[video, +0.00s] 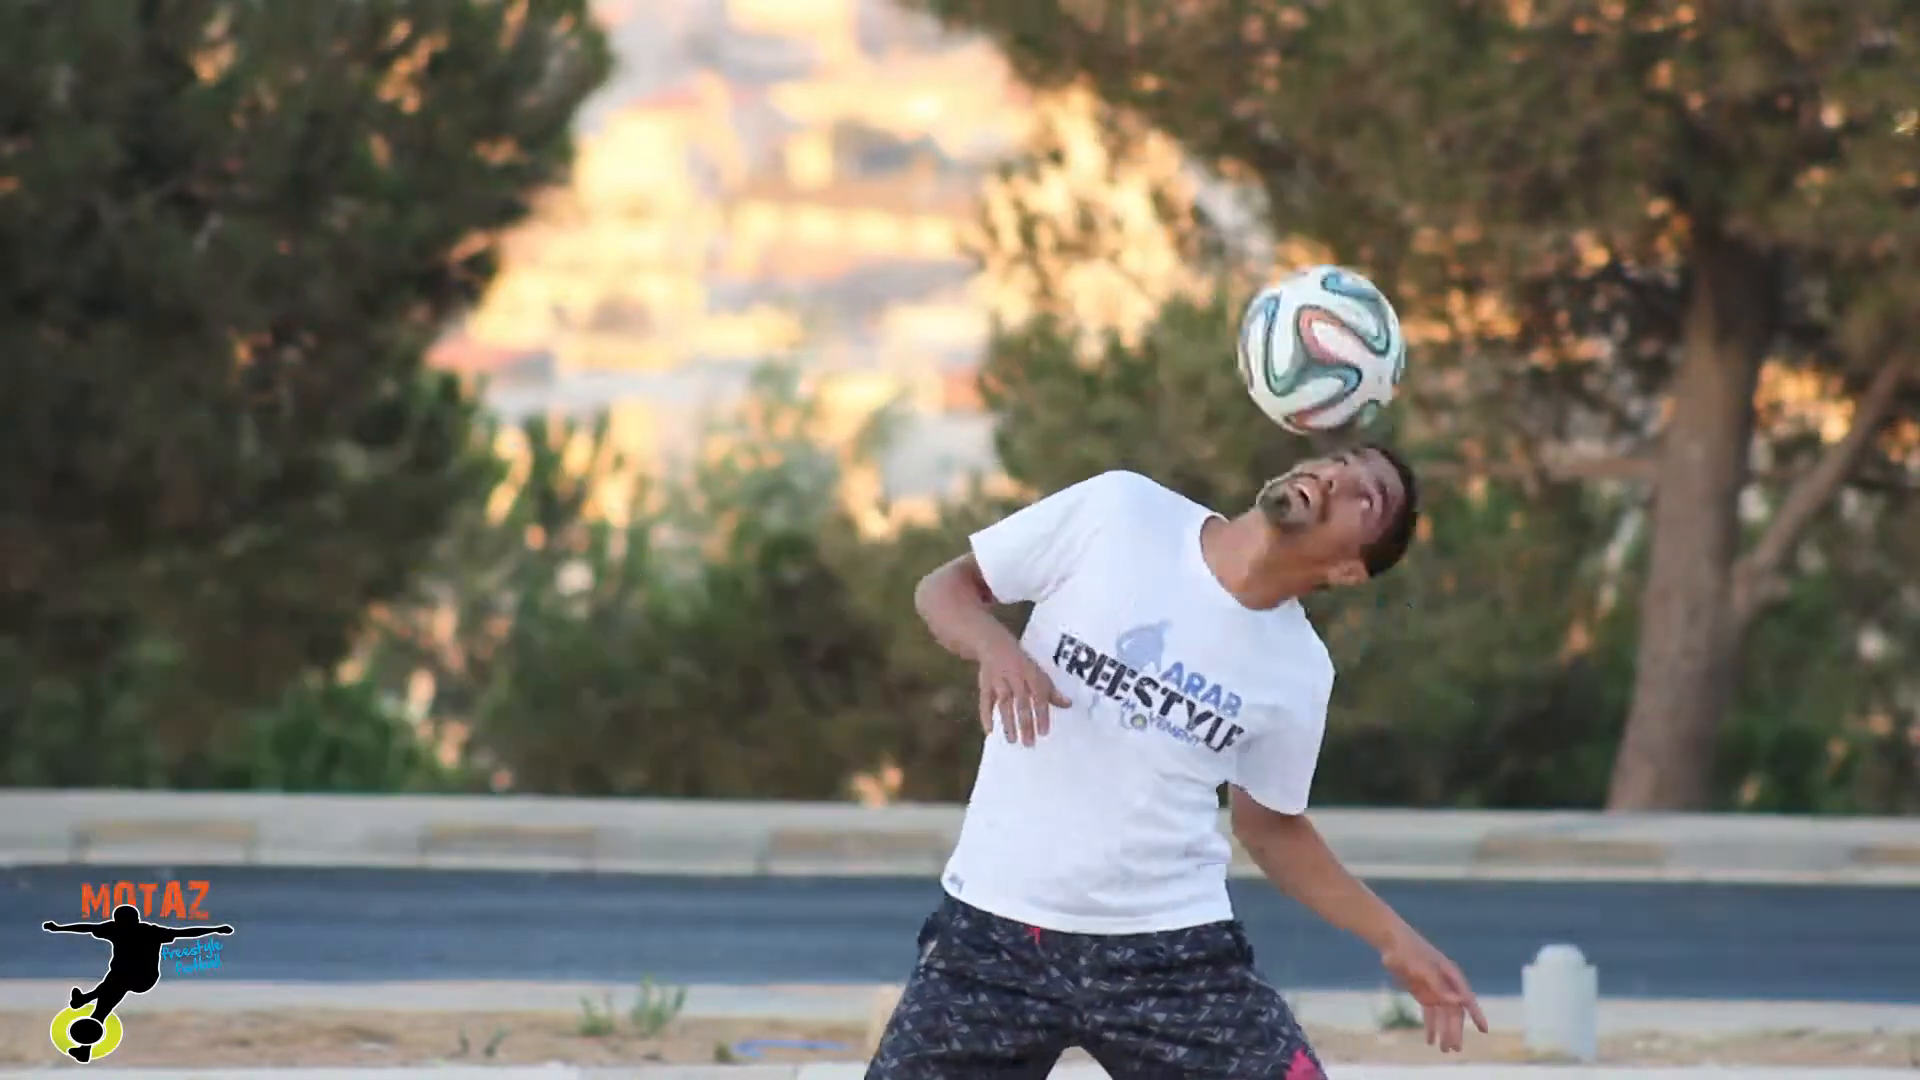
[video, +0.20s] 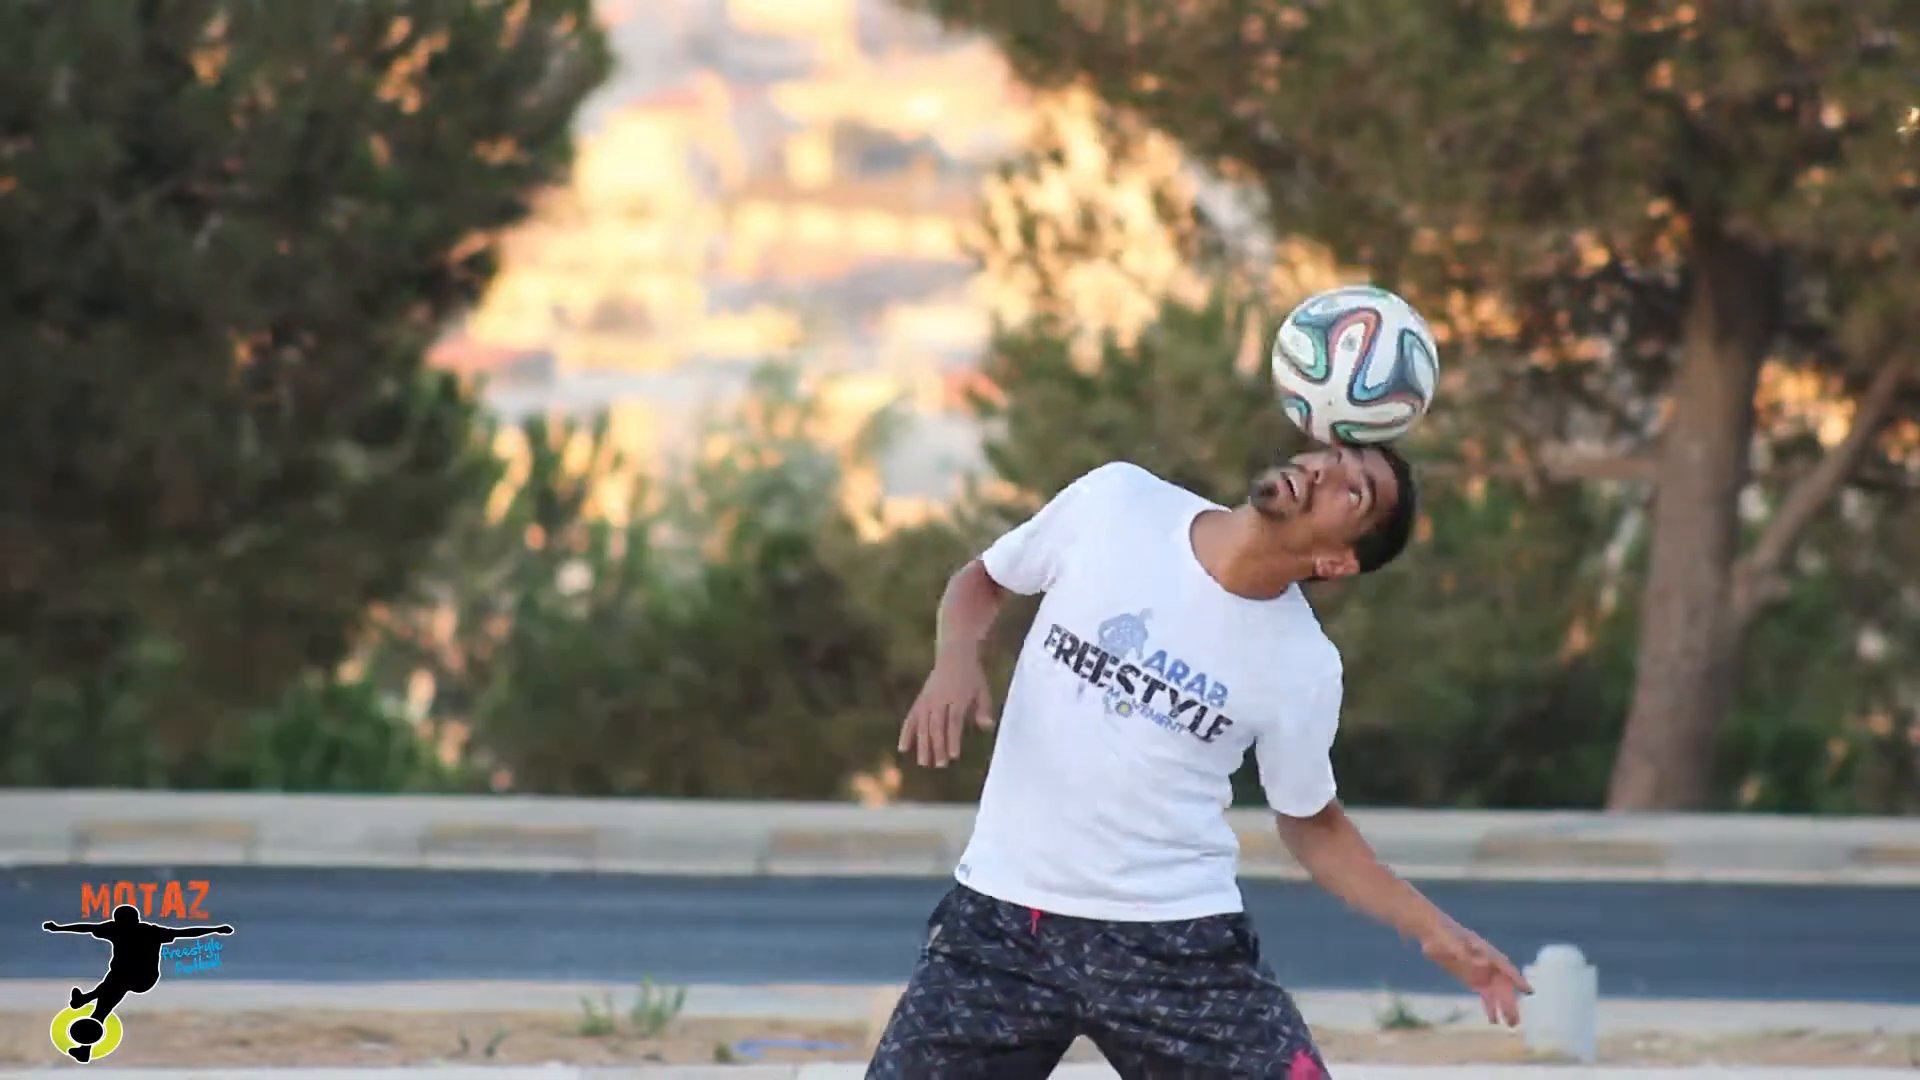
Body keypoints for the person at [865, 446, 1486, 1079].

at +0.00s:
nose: (1331, 474)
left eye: (1365, 494)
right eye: (1338, 461)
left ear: (1347, 570)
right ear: (1291, 474)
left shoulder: (1298, 672)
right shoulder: (1115, 508)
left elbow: (1270, 823)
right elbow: (942, 589)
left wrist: (1394, 940)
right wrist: (993, 643)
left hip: (1174, 967)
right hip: (987, 947)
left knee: (1296, 1072)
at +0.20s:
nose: (1322, 471)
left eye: (1352, 493)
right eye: (1336, 457)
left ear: (1333, 563)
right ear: (1299, 456)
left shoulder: (1301, 668)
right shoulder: (1111, 500)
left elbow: (1313, 824)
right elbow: (982, 581)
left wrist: (1430, 924)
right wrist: (955, 662)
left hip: (1173, 956)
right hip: (993, 931)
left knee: (1293, 1070)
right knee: (901, 1068)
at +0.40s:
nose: (1250, 309)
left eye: (1285, 307)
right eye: (1237, 303)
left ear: (1318, 379)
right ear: (1210, 351)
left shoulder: (1357, 520)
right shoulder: (1117, 479)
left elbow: (1428, 704)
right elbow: (1052, 635)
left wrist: (1423, 728)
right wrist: (976, 676)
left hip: (1287, 897)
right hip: (1113, 891)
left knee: (1382, 1069)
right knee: (1034, 1068)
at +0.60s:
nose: (1212, 393)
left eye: (1240, 379)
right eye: (1194, 398)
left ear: (1301, 419)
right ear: (1201, 471)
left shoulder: (1411, 547)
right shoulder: (1175, 583)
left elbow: (1535, 728)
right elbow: (1151, 760)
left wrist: (1438, 663)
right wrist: (1064, 788)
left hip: (1381, 966)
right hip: (1204, 962)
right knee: (1080, 1074)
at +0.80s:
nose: (1218, 482)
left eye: (1222, 463)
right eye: (1206, 503)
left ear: (1291, 457)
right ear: (1246, 558)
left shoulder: (1480, 521)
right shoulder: (1272, 644)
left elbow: (1643, 632)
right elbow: (1290, 824)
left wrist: (1618, 684)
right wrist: (1173, 859)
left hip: (1500, 976)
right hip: (1313, 976)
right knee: (1200, 1071)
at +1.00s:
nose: (1375, 329)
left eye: (1403, 327)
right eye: (1354, 326)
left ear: (1442, 391)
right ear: (1327, 387)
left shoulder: (1509, 524)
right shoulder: (1254, 510)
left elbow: (1608, 686)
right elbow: (1170, 660)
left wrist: (1767, 741)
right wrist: (1117, 724)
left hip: (1442, 926)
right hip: (1258, 920)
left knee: (1543, 1074)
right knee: (1161, 1072)